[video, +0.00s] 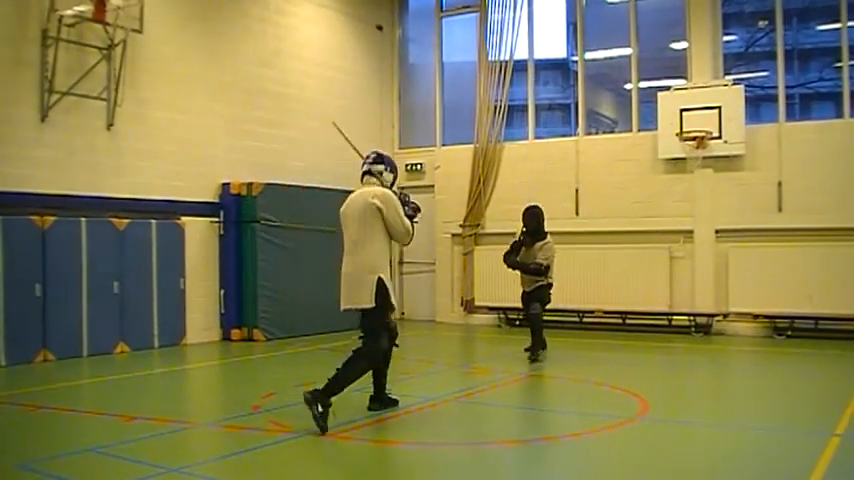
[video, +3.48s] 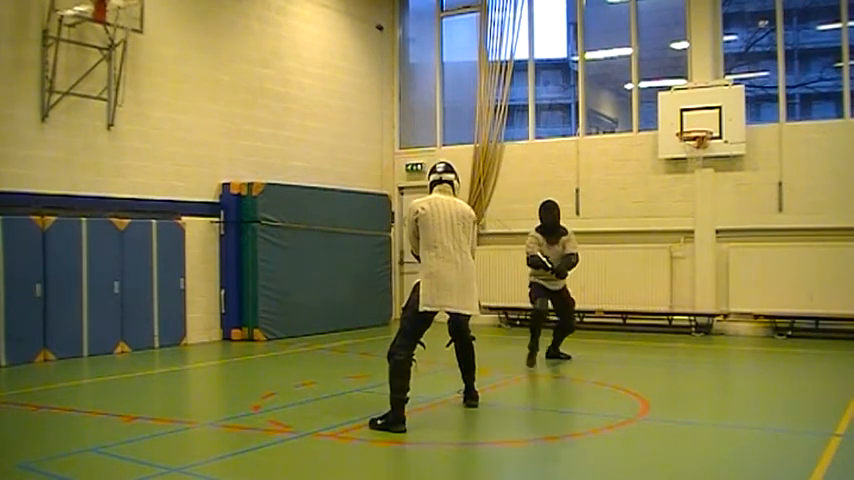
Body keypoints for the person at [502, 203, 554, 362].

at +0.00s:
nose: (526, 225)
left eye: (530, 221)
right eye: (525, 221)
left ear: (539, 222)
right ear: (523, 222)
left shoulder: (547, 244)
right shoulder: (523, 240)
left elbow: (541, 269)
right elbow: (508, 258)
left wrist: (516, 264)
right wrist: (519, 245)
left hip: (541, 285)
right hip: (527, 286)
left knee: (534, 311)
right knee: (529, 316)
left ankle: (536, 347)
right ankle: (539, 341)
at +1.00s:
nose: (513, 221)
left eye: (516, 217)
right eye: (511, 217)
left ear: (525, 217)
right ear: (510, 218)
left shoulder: (535, 239)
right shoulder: (508, 235)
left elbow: (531, 266)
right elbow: (494, 254)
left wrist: (505, 260)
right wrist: (507, 242)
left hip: (529, 283)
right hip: (512, 283)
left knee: (526, 314)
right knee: (505, 311)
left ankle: (533, 349)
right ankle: (515, 330)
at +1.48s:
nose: (508, 231)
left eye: (511, 228)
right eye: (505, 227)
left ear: (517, 224)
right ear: (501, 225)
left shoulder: (526, 243)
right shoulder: (493, 239)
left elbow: (527, 269)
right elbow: (479, 262)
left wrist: (507, 273)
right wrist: (492, 259)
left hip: (517, 286)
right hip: (497, 287)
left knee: (522, 315)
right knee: (493, 316)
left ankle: (518, 350)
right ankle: (494, 341)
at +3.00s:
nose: (517, 223)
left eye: (520, 219)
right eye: (513, 219)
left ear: (526, 221)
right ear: (507, 221)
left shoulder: (532, 240)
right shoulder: (500, 242)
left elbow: (538, 261)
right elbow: (498, 264)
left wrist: (530, 272)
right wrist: (515, 266)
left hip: (523, 289)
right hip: (502, 288)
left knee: (537, 316)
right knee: (506, 318)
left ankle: (543, 345)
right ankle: (493, 356)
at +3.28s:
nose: (538, 219)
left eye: (541, 215)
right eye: (534, 215)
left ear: (547, 218)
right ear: (528, 218)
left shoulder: (553, 238)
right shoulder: (521, 239)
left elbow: (558, 259)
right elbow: (518, 260)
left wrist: (549, 268)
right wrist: (531, 263)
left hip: (544, 288)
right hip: (524, 288)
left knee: (559, 319)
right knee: (519, 320)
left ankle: (553, 349)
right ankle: (500, 355)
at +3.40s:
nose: (545, 218)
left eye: (548, 214)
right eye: (541, 214)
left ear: (554, 216)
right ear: (536, 217)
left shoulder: (562, 236)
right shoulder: (530, 237)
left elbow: (568, 258)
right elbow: (526, 260)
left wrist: (557, 267)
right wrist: (544, 266)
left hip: (553, 286)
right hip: (534, 285)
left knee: (566, 321)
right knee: (533, 314)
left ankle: (553, 350)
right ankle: (516, 352)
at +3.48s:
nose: (550, 218)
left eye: (553, 214)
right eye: (546, 214)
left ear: (559, 215)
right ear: (540, 217)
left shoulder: (567, 235)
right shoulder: (535, 236)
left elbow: (573, 256)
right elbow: (531, 259)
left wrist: (562, 267)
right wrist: (549, 267)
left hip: (558, 285)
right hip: (539, 283)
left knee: (568, 323)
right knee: (540, 310)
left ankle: (554, 349)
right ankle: (533, 348)